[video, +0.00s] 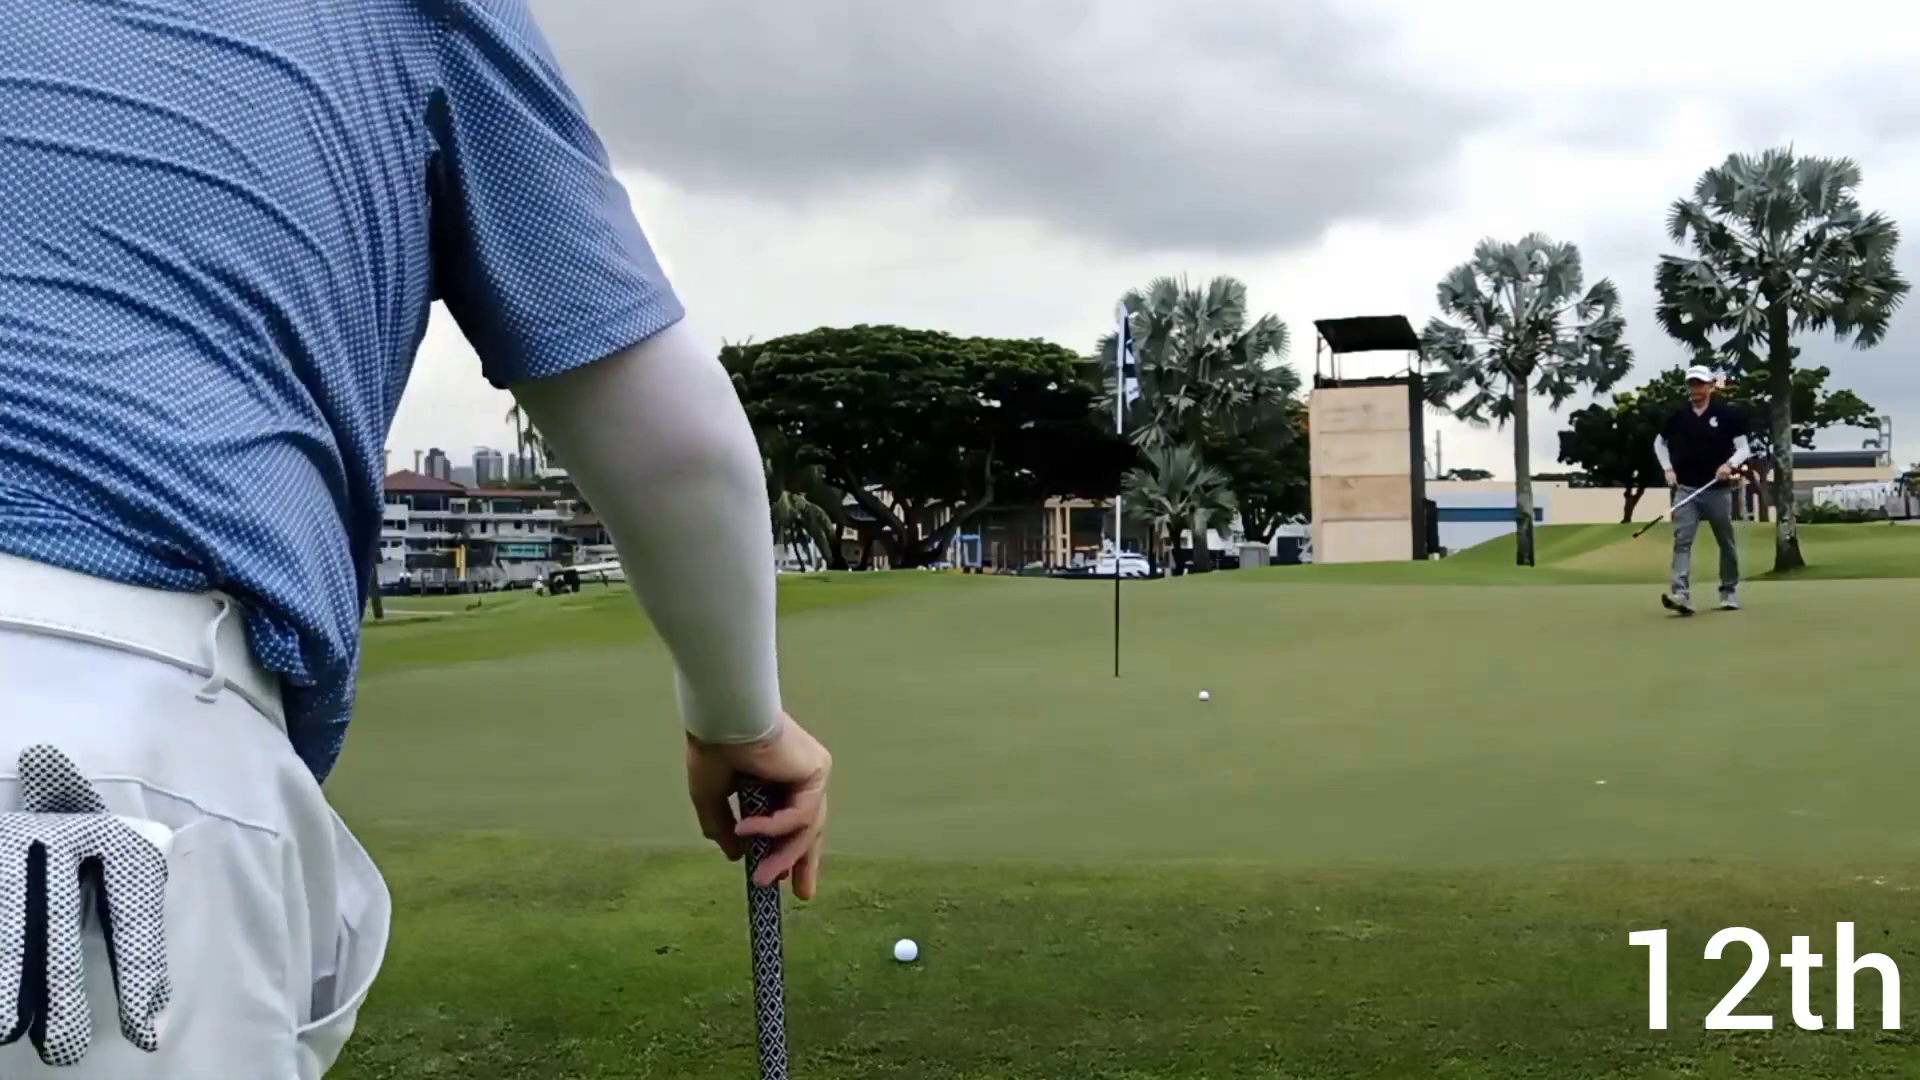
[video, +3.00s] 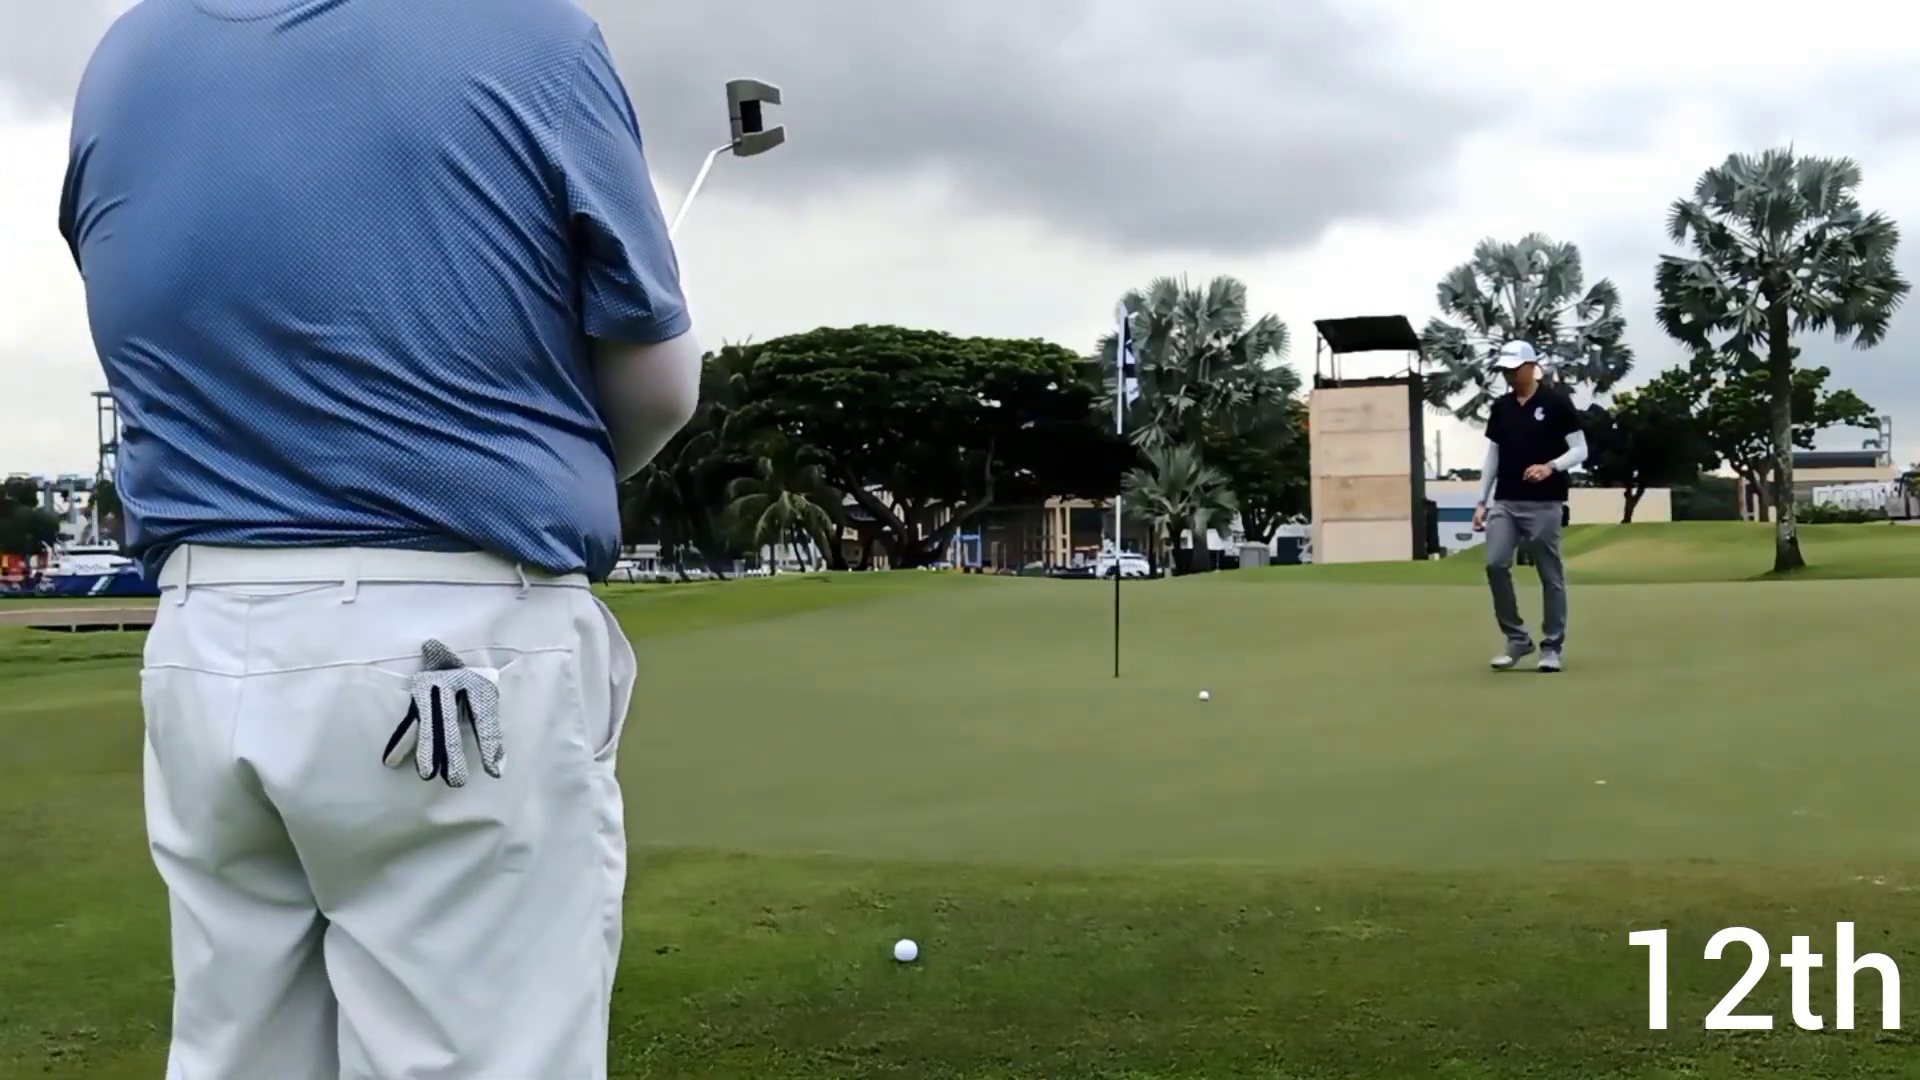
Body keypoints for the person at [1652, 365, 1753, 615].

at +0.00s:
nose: (1696, 389)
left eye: (1701, 384)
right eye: (1692, 384)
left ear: (1712, 386)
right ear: (1687, 387)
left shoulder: (1726, 415)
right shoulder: (1679, 416)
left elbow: (1743, 447)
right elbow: (1659, 443)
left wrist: (1730, 465)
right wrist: (1667, 469)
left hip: (1717, 489)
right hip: (1685, 490)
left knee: (1726, 542)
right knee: (1682, 540)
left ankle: (1729, 592)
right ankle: (1680, 594)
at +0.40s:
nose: (1669, 385)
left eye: (1673, 379)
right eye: (1664, 380)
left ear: (1683, 382)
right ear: (1659, 383)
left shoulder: (1700, 413)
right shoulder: (1649, 414)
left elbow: (1714, 445)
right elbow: (1627, 439)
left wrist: (1709, 468)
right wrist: (1638, 466)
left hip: (1687, 486)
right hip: (1658, 487)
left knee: (1686, 537)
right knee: (1665, 543)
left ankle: (1686, 598)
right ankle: (1676, 597)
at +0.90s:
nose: (1640, 385)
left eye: (1645, 380)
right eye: (1636, 380)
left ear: (1657, 381)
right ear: (1632, 383)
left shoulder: (1675, 412)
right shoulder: (1626, 413)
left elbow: (1696, 448)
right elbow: (1617, 443)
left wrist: (1678, 469)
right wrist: (1615, 468)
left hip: (1662, 492)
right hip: (1630, 491)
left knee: (1666, 550)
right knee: (1624, 546)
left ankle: (1664, 609)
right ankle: (1631, 610)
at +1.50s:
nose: (1603, 388)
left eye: (1608, 382)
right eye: (1598, 383)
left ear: (1620, 383)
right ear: (1593, 385)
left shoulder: (1640, 414)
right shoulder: (1582, 418)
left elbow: (1662, 454)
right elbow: (1563, 455)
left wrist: (1640, 463)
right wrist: (1589, 468)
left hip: (1628, 499)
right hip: (1595, 500)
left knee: (1623, 554)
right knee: (1603, 562)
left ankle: (1620, 616)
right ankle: (1617, 617)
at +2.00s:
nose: (1588, 380)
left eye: (1594, 374)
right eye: (1583, 374)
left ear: (1603, 377)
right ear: (1576, 378)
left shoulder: (1620, 412)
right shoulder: (1563, 413)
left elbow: (1636, 455)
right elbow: (1550, 453)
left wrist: (1597, 468)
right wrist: (1559, 472)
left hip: (1609, 504)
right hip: (1572, 502)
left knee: (1612, 566)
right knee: (1566, 556)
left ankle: (1608, 629)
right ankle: (1569, 630)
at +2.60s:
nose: (1537, 382)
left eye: (1543, 376)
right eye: (1533, 377)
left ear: (1559, 375)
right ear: (1529, 379)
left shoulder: (1583, 414)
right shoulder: (1520, 416)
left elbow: (1600, 456)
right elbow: (1506, 456)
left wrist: (1585, 476)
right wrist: (1509, 482)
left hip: (1567, 507)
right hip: (1532, 508)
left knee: (1568, 569)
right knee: (1545, 576)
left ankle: (1565, 635)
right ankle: (1563, 636)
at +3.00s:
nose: (1508, 376)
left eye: (1514, 369)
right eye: (1505, 370)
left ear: (1532, 367)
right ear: (1504, 371)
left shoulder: (1556, 402)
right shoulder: (1501, 407)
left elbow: (1580, 450)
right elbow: (1492, 455)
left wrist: (1551, 466)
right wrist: (1482, 500)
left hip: (1544, 507)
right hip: (1504, 505)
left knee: (1551, 577)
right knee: (1495, 565)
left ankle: (1552, 647)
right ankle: (1516, 640)